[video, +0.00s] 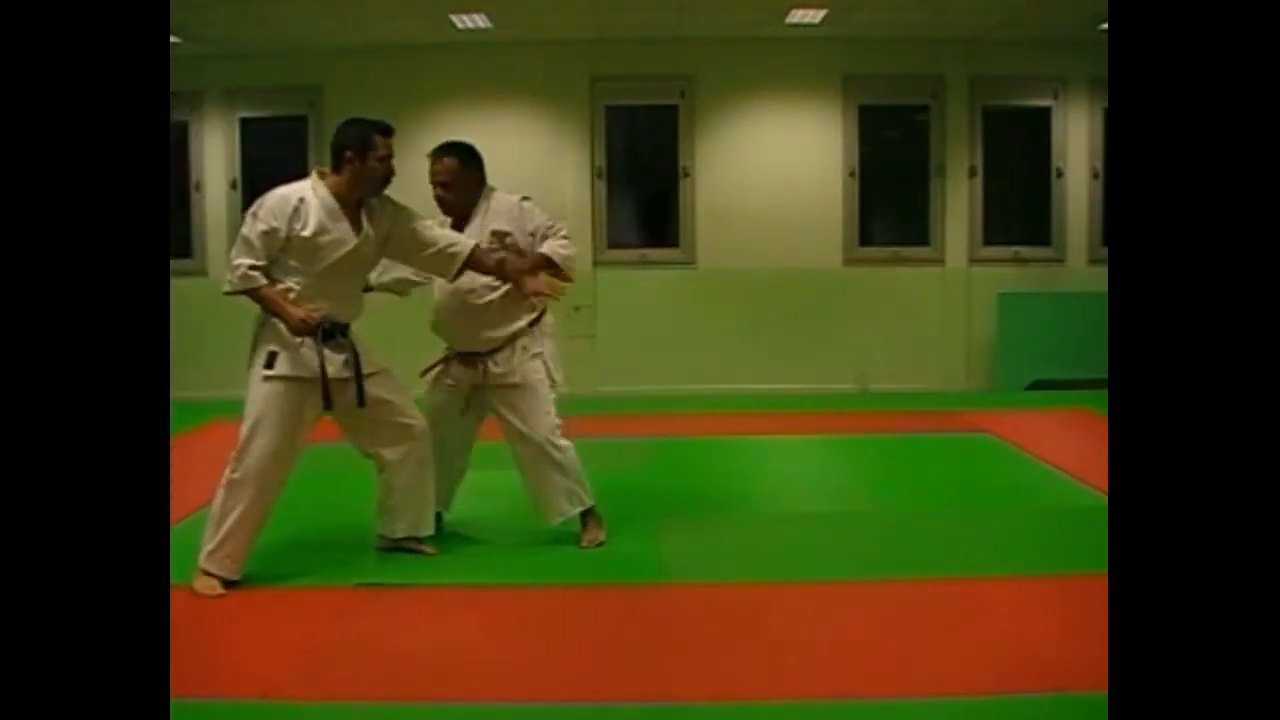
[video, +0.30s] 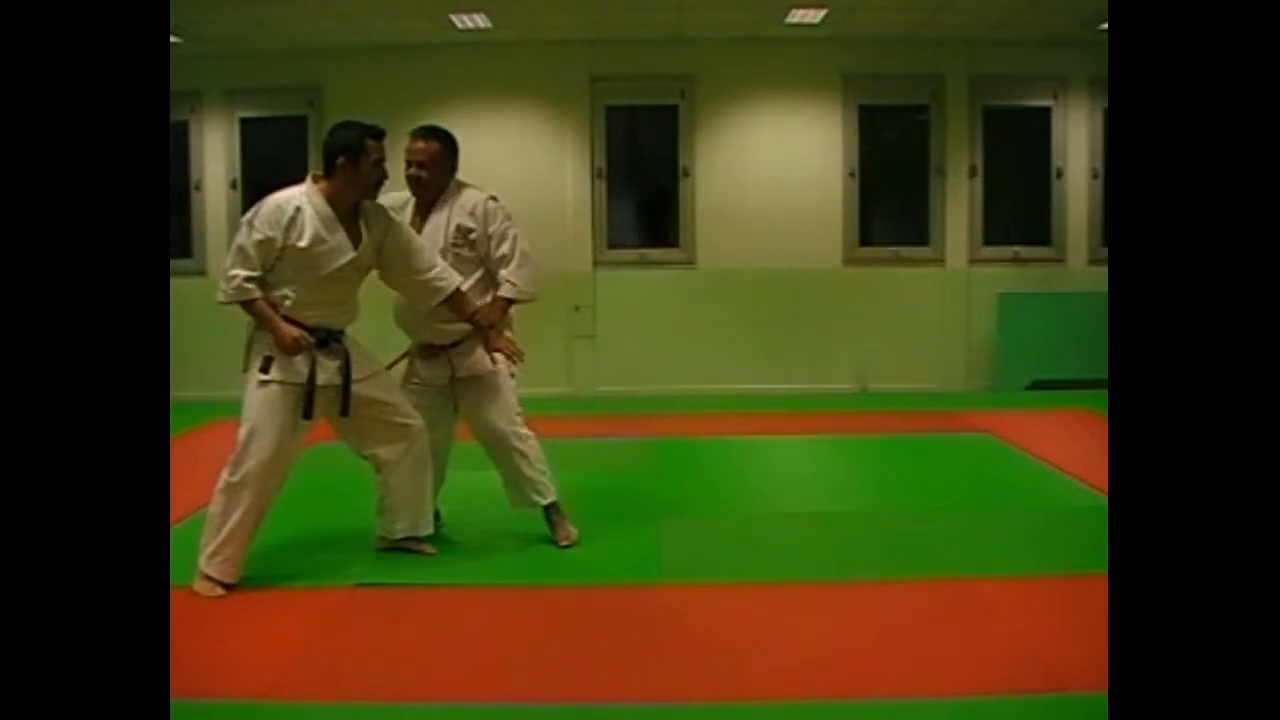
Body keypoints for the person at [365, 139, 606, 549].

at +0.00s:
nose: (436, 195)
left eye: (444, 185)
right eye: (433, 186)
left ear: (474, 180)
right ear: (434, 183)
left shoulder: (515, 211)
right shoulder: (437, 229)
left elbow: (565, 250)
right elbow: (406, 277)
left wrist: (522, 263)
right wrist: (359, 278)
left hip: (516, 352)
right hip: (461, 358)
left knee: (542, 436)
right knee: (437, 438)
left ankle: (588, 515)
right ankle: (427, 513)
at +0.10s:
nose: (424, 185)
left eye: (434, 177)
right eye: (421, 177)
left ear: (463, 176)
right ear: (421, 176)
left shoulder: (496, 210)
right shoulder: (430, 225)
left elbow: (545, 255)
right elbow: (444, 295)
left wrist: (509, 289)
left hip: (501, 353)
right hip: (451, 359)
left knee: (533, 438)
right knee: (425, 439)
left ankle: (586, 514)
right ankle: (425, 515)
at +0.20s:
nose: (417, 180)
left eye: (427, 172)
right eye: (415, 171)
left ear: (455, 172)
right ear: (413, 172)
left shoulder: (486, 208)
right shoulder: (419, 221)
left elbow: (532, 256)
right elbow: (429, 288)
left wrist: (508, 297)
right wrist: (429, 345)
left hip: (489, 349)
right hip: (439, 355)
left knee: (525, 437)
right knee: (421, 439)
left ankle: (580, 511)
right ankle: (424, 515)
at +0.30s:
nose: (414, 173)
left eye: (424, 165)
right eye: (410, 164)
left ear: (449, 166)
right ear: (404, 165)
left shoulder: (480, 207)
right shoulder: (392, 212)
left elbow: (517, 267)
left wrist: (498, 307)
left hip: (478, 344)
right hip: (425, 348)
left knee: (502, 428)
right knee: (420, 438)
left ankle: (552, 510)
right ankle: (422, 513)